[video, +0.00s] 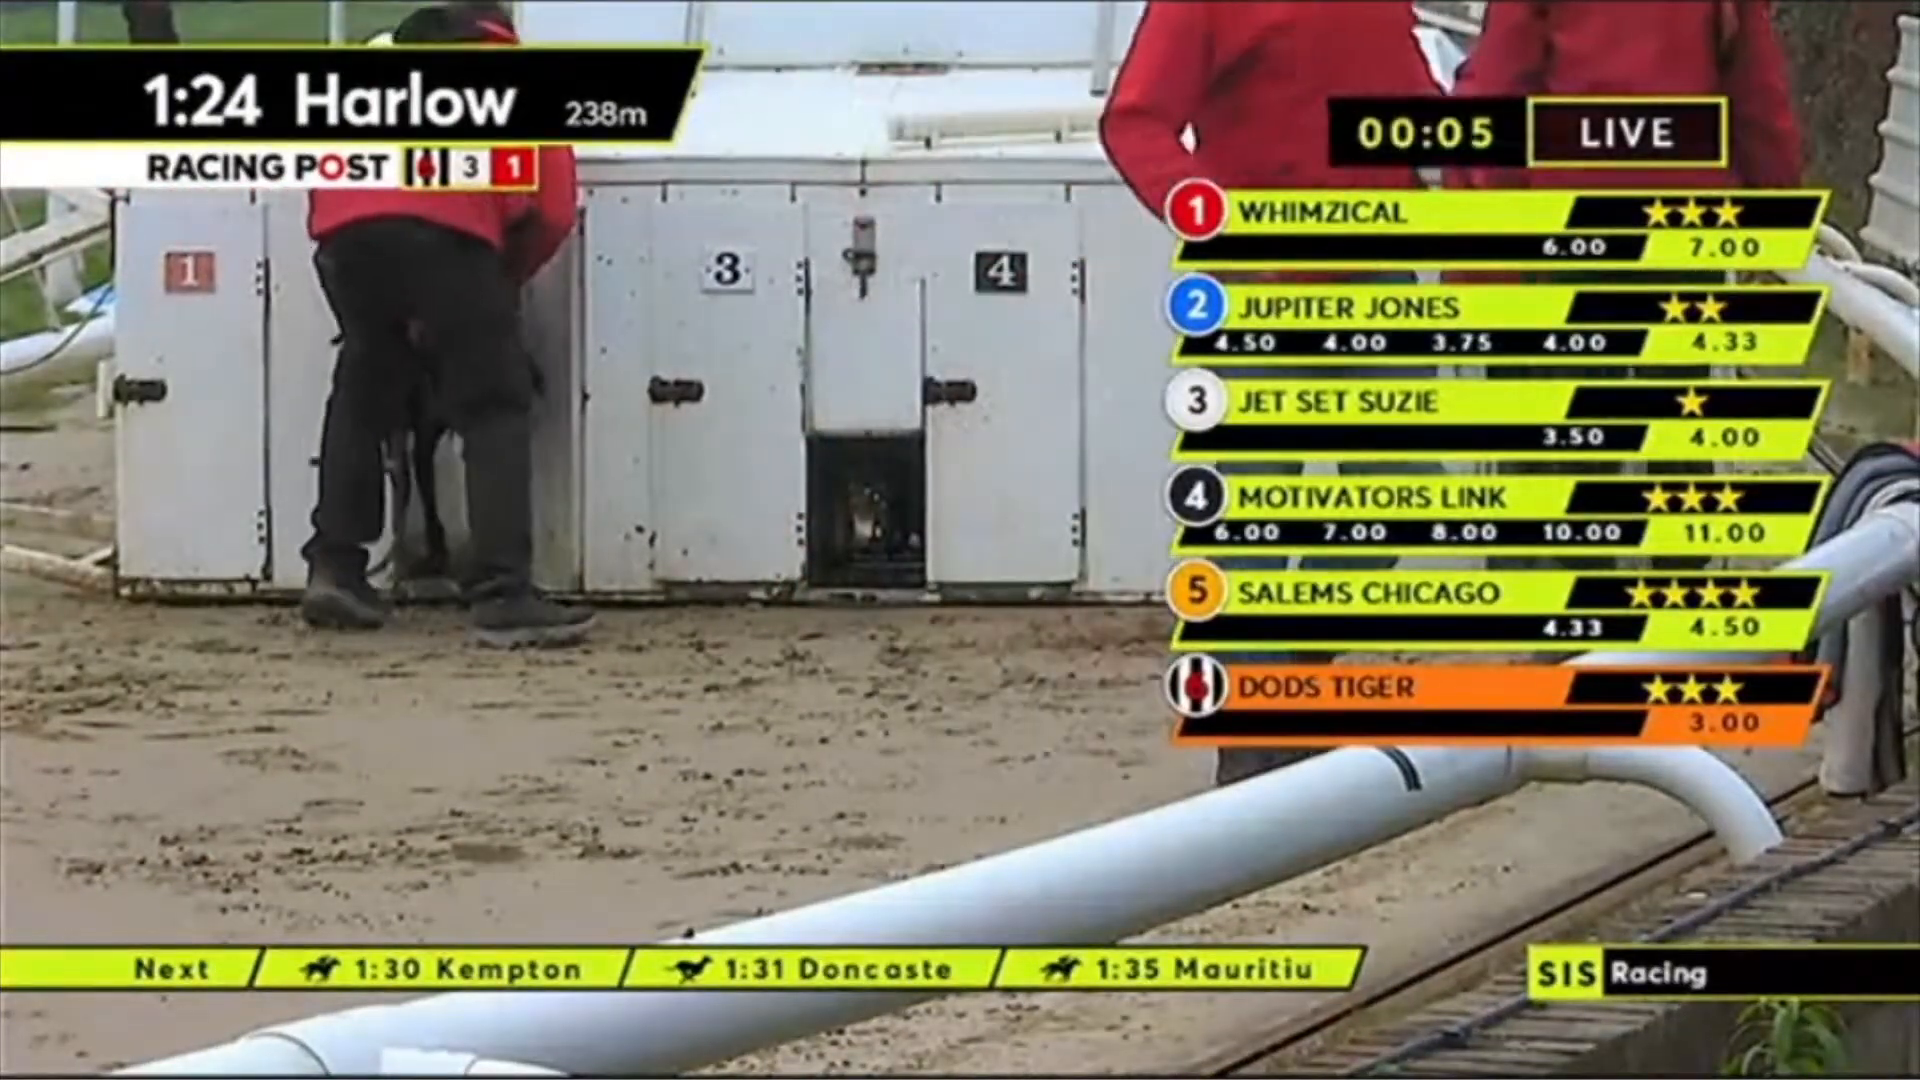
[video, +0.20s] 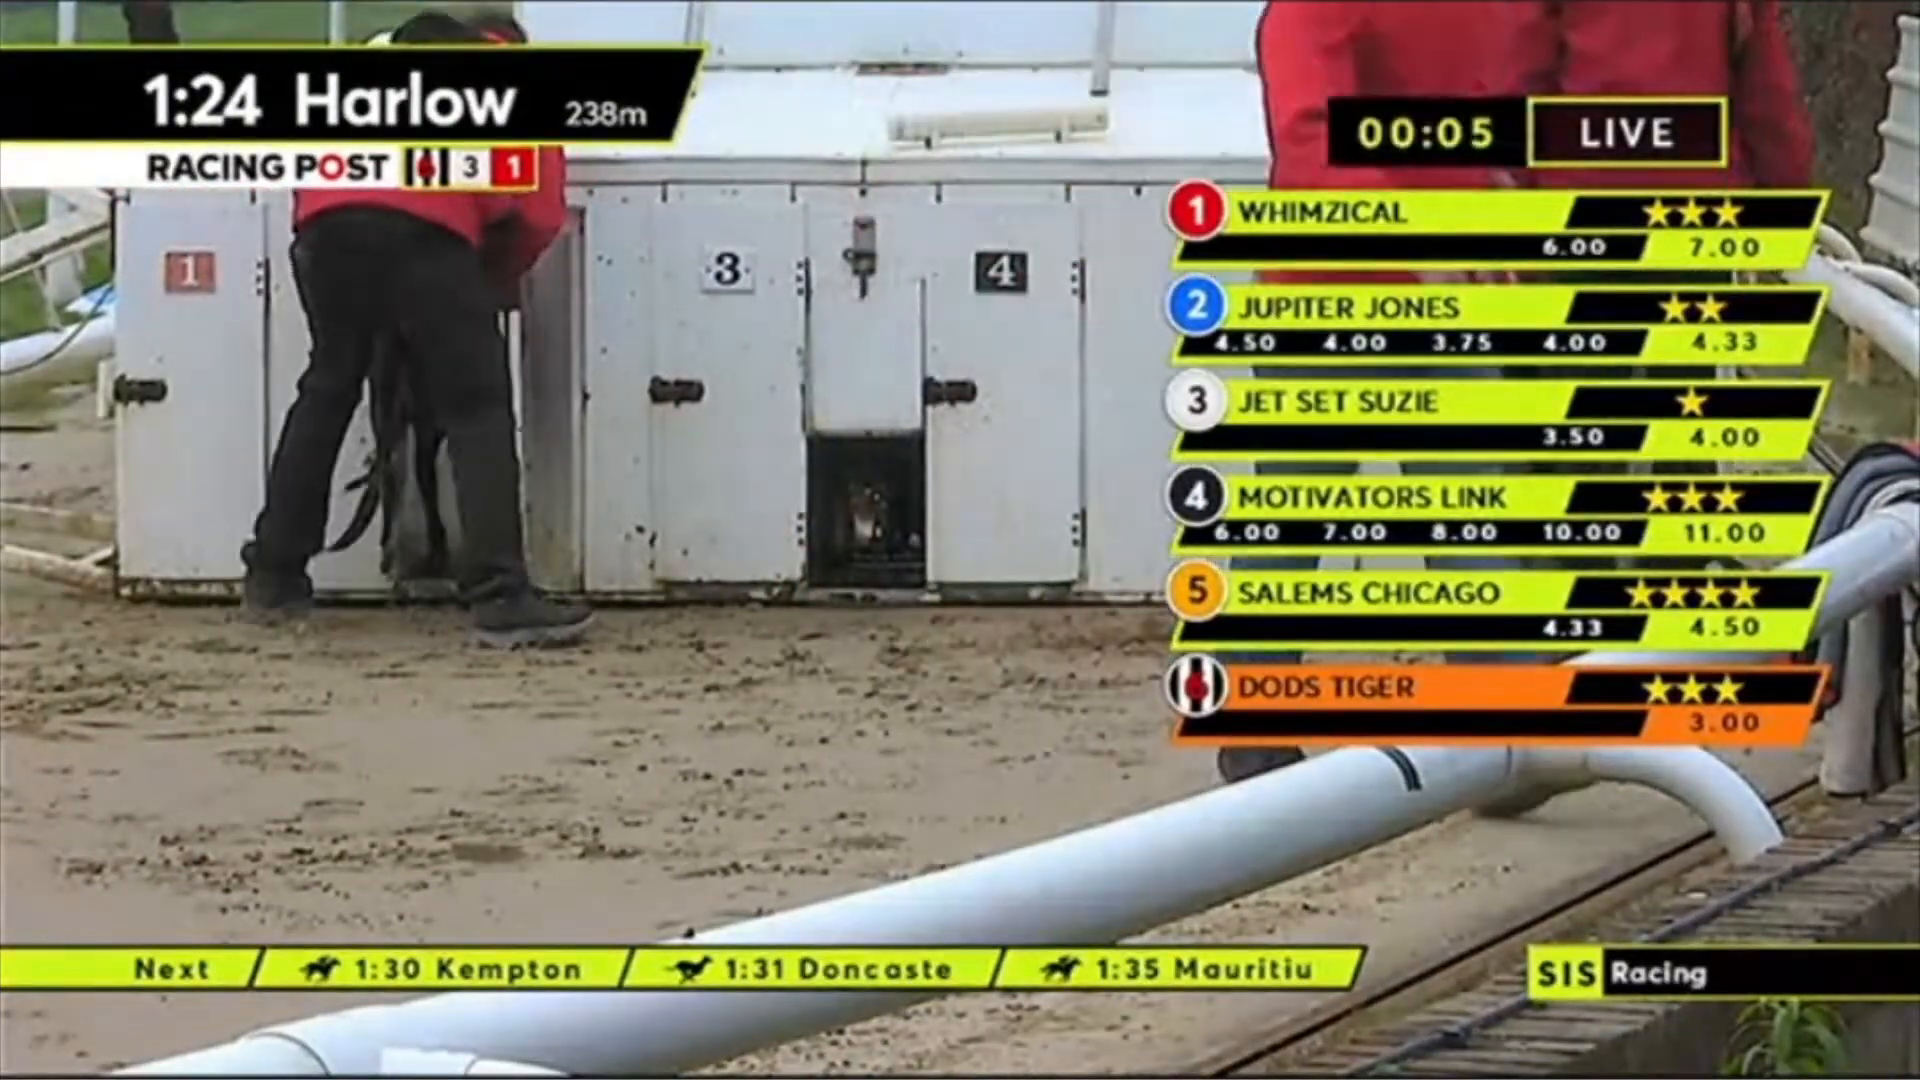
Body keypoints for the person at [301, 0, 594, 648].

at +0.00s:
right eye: (512, 24)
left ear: (423, 24)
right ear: (500, 26)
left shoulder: (367, 65)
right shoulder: (523, 73)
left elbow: (329, 194)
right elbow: (556, 213)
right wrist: (485, 290)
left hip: (345, 232)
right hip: (449, 238)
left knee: (369, 363)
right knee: (494, 404)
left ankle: (333, 570)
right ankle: (504, 591)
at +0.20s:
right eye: (518, 44)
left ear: (438, 37)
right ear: (507, 43)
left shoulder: (365, 71)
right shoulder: (518, 92)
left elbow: (312, 174)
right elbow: (542, 215)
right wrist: (493, 281)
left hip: (325, 230)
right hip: (428, 236)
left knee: (328, 384)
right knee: (477, 411)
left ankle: (273, 572)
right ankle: (499, 594)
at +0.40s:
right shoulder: (514, 143)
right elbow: (520, 248)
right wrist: (468, 299)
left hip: (307, 247)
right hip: (408, 255)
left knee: (309, 391)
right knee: (479, 421)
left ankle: (263, 576)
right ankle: (478, 593)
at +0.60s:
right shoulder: (508, 136)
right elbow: (527, 268)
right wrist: (487, 327)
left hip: (299, 261)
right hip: (406, 270)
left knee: (312, 387)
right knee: (477, 430)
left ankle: (265, 573)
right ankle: (487, 591)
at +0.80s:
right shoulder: (494, 149)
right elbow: (527, 270)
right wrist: (488, 328)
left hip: (291, 250)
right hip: (394, 259)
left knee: (300, 387)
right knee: (466, 417)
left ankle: (262, 574)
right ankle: (486, 590)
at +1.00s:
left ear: (388, 73)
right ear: (471, 83)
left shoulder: (344, 123)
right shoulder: (484, 133)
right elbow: (525, 266)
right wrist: (504, 323)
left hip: (289, 271)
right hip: (391, 273)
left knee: (315, 392)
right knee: (472, 422)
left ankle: (262, 574)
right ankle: (484, 591)